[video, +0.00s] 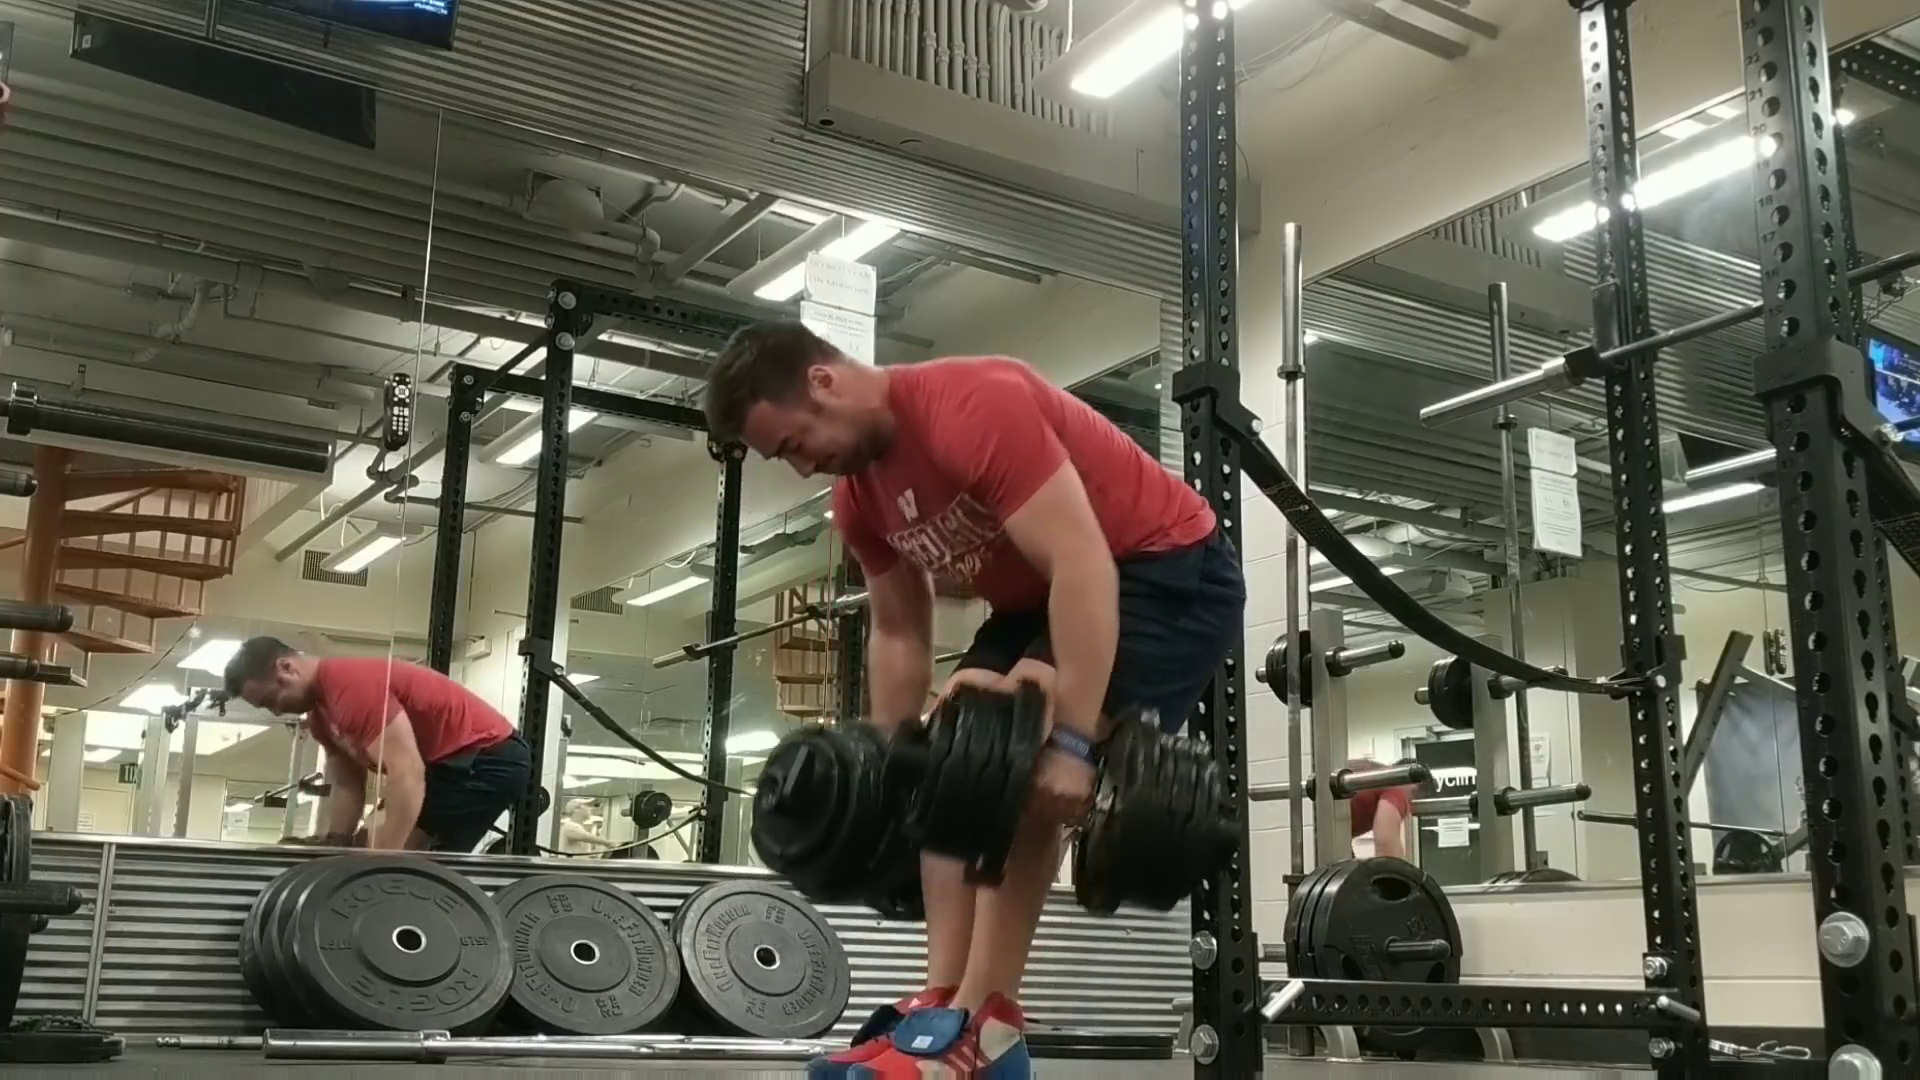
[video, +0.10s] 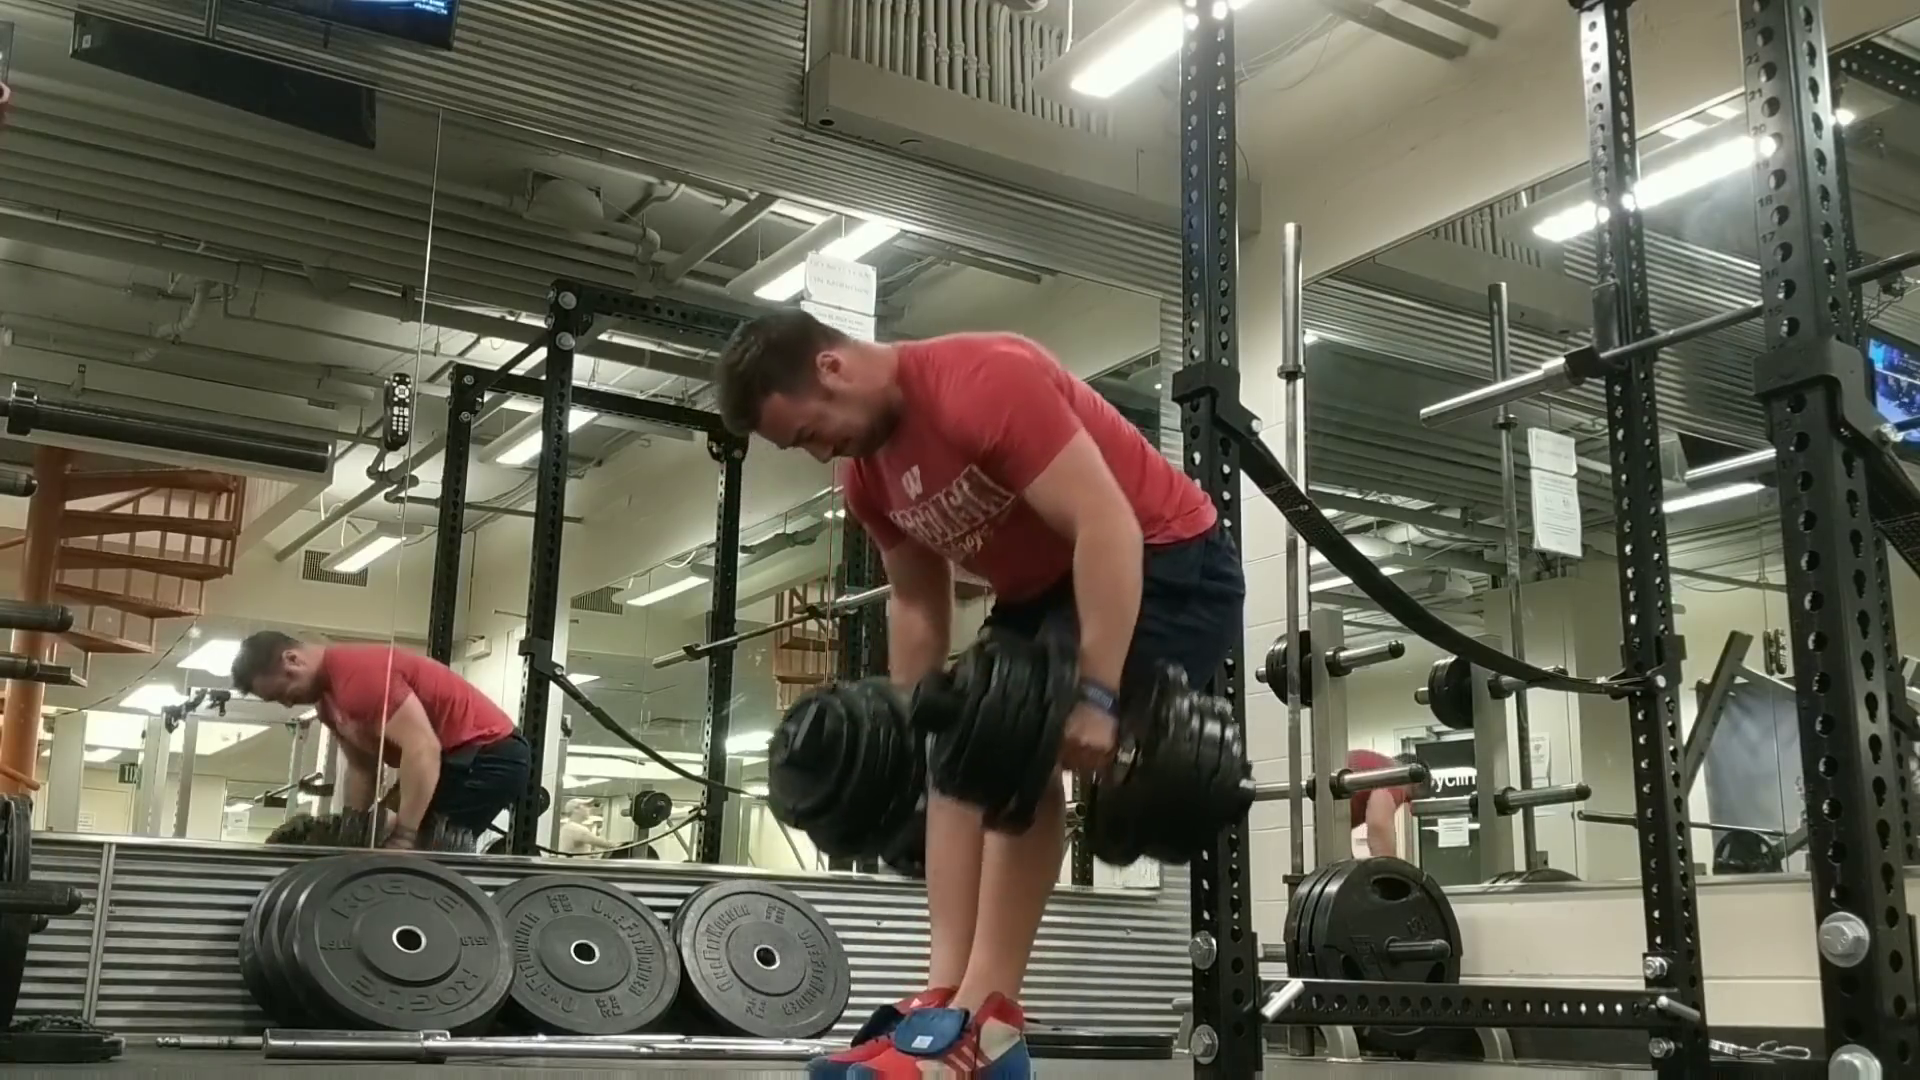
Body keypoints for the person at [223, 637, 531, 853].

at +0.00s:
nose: (273, 714)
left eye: (268, 702)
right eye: (264, 708)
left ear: (286, 670)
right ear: (288, 671)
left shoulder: (349, 686)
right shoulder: (321, 714)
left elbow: (407, 773)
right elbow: (348, 784)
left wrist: (377, 867)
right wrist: (331, 852)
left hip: (488, 758)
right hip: (455, 764)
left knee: (401, 856)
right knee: (400, 860)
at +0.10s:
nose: (288, 706)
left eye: (282, 695)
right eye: (278, 701)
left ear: (293, 661)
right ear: (293, 662)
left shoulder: (357, 674)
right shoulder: (327, 699)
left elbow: (424, 750)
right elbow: (362, 768)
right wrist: (349, 836)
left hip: (490, 755)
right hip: (453, 759)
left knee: (422, 854)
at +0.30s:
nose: (307, 701)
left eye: (298, 694)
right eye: (297, 699)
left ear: (302, 659)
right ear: (302, 656)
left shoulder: (365, 661)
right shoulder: (341, 679)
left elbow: (447, 717)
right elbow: (385, 738)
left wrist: (427, 806)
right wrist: (370, 798)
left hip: (489, 757)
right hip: (453, 760)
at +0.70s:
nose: (290, 714)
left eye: (281, 707)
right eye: (280, 712)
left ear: (288, 674)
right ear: (290, 673)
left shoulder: (354, 678)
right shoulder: (331, 702)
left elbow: (423, 749)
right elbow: (367, 770)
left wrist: (405, 835)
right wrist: (346, 830)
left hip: (490, 755)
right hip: (453, 760)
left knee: (423, 862)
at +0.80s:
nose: (286, 717)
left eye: (277, 708)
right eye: (275, 714)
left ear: (285, 674)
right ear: (287, 673)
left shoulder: (354, 681)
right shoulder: (326, 708)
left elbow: (405, 767)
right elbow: (350, 780)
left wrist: (382, 859)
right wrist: (335, 846)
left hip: (489, 756)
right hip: (451, 763)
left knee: (423, 863)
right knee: (404, 859)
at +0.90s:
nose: (277, 721)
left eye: (269, 711)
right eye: (268, 717)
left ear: (282, 676)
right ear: (283, 676)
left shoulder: (349, 686)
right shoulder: (320, 717)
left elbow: (387, 779)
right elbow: (334, 795)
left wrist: (372, 873)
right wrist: (323, 869)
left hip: (488, 757)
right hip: (450, 766)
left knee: (398, 858)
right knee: (398, 861)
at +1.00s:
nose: (268, 725)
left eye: (261, 714)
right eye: (258, 720)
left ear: (277, 681)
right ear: (278, 681)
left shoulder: (346, 696)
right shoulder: (314, 725)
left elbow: (366, 813)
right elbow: (323, 811)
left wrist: (342, 901)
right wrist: (304, 890)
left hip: (488, 758)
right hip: (453, 768)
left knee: (382, 848)